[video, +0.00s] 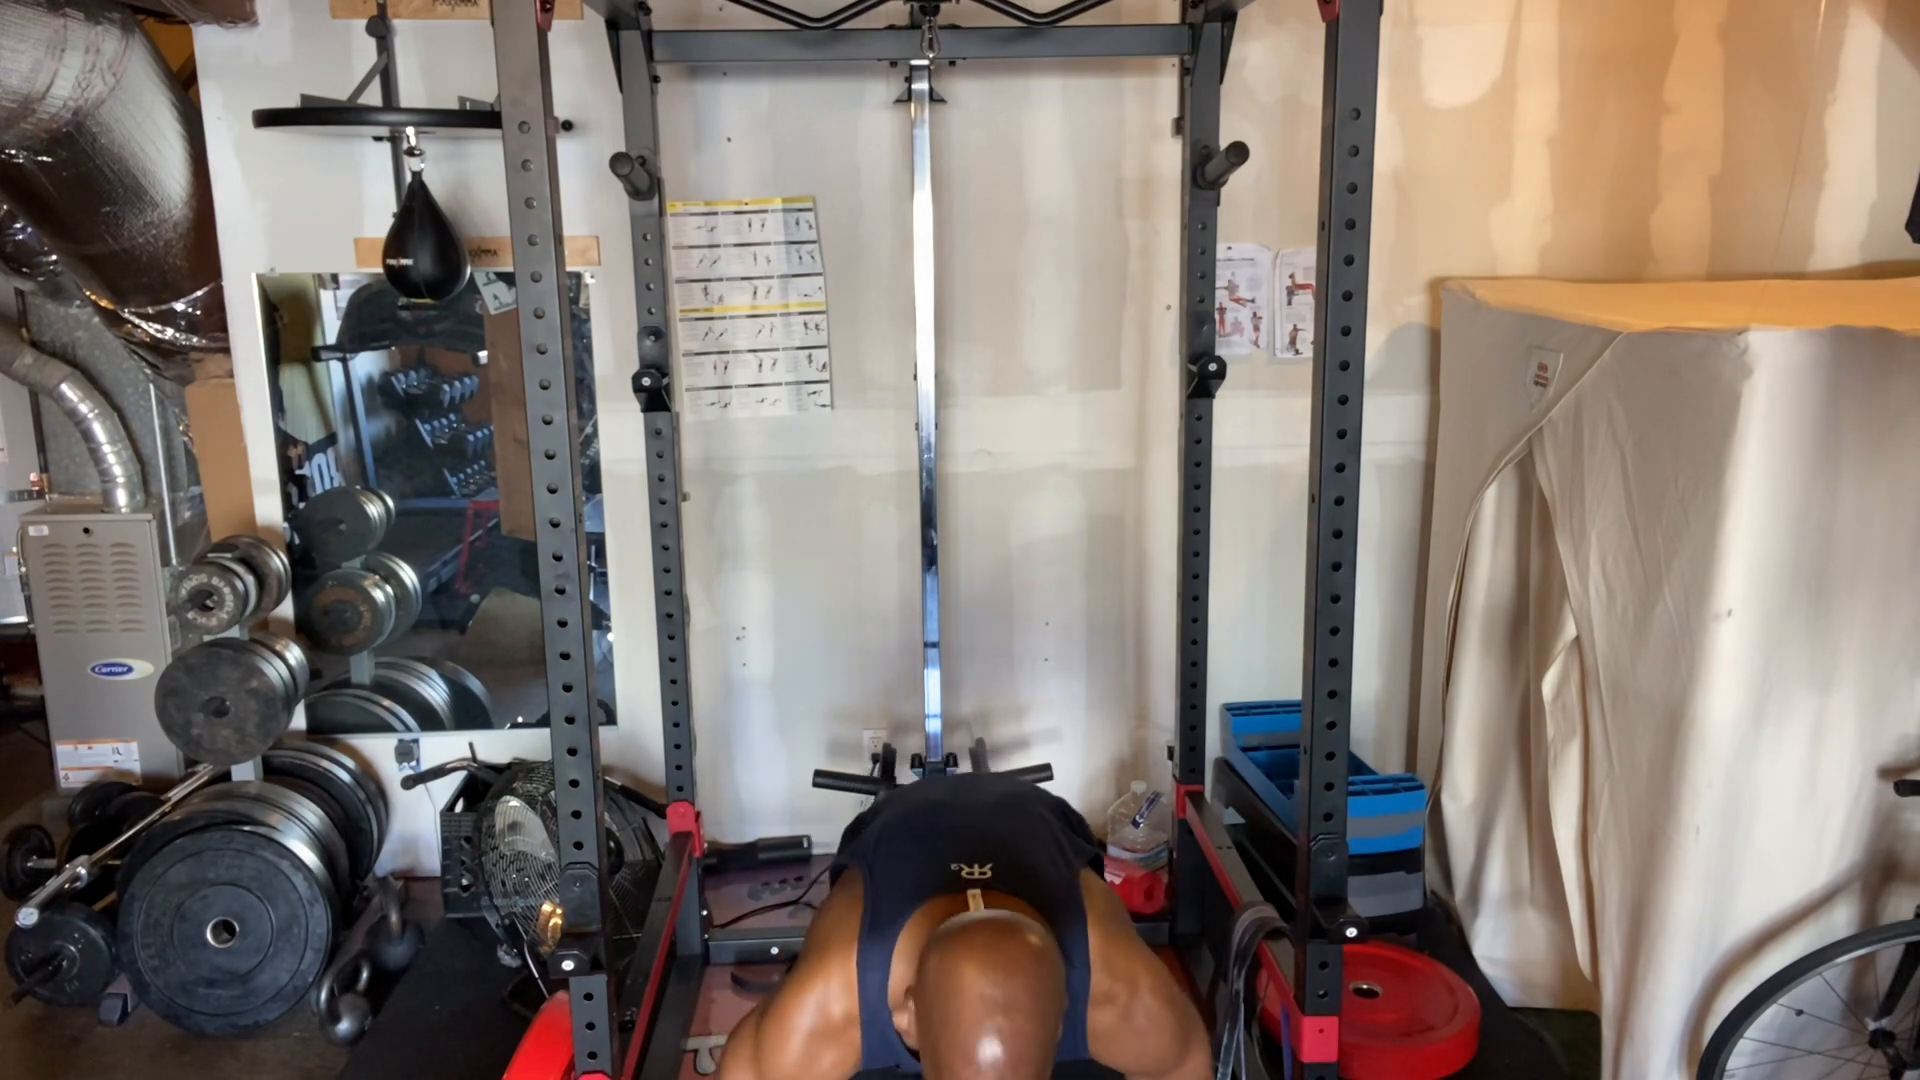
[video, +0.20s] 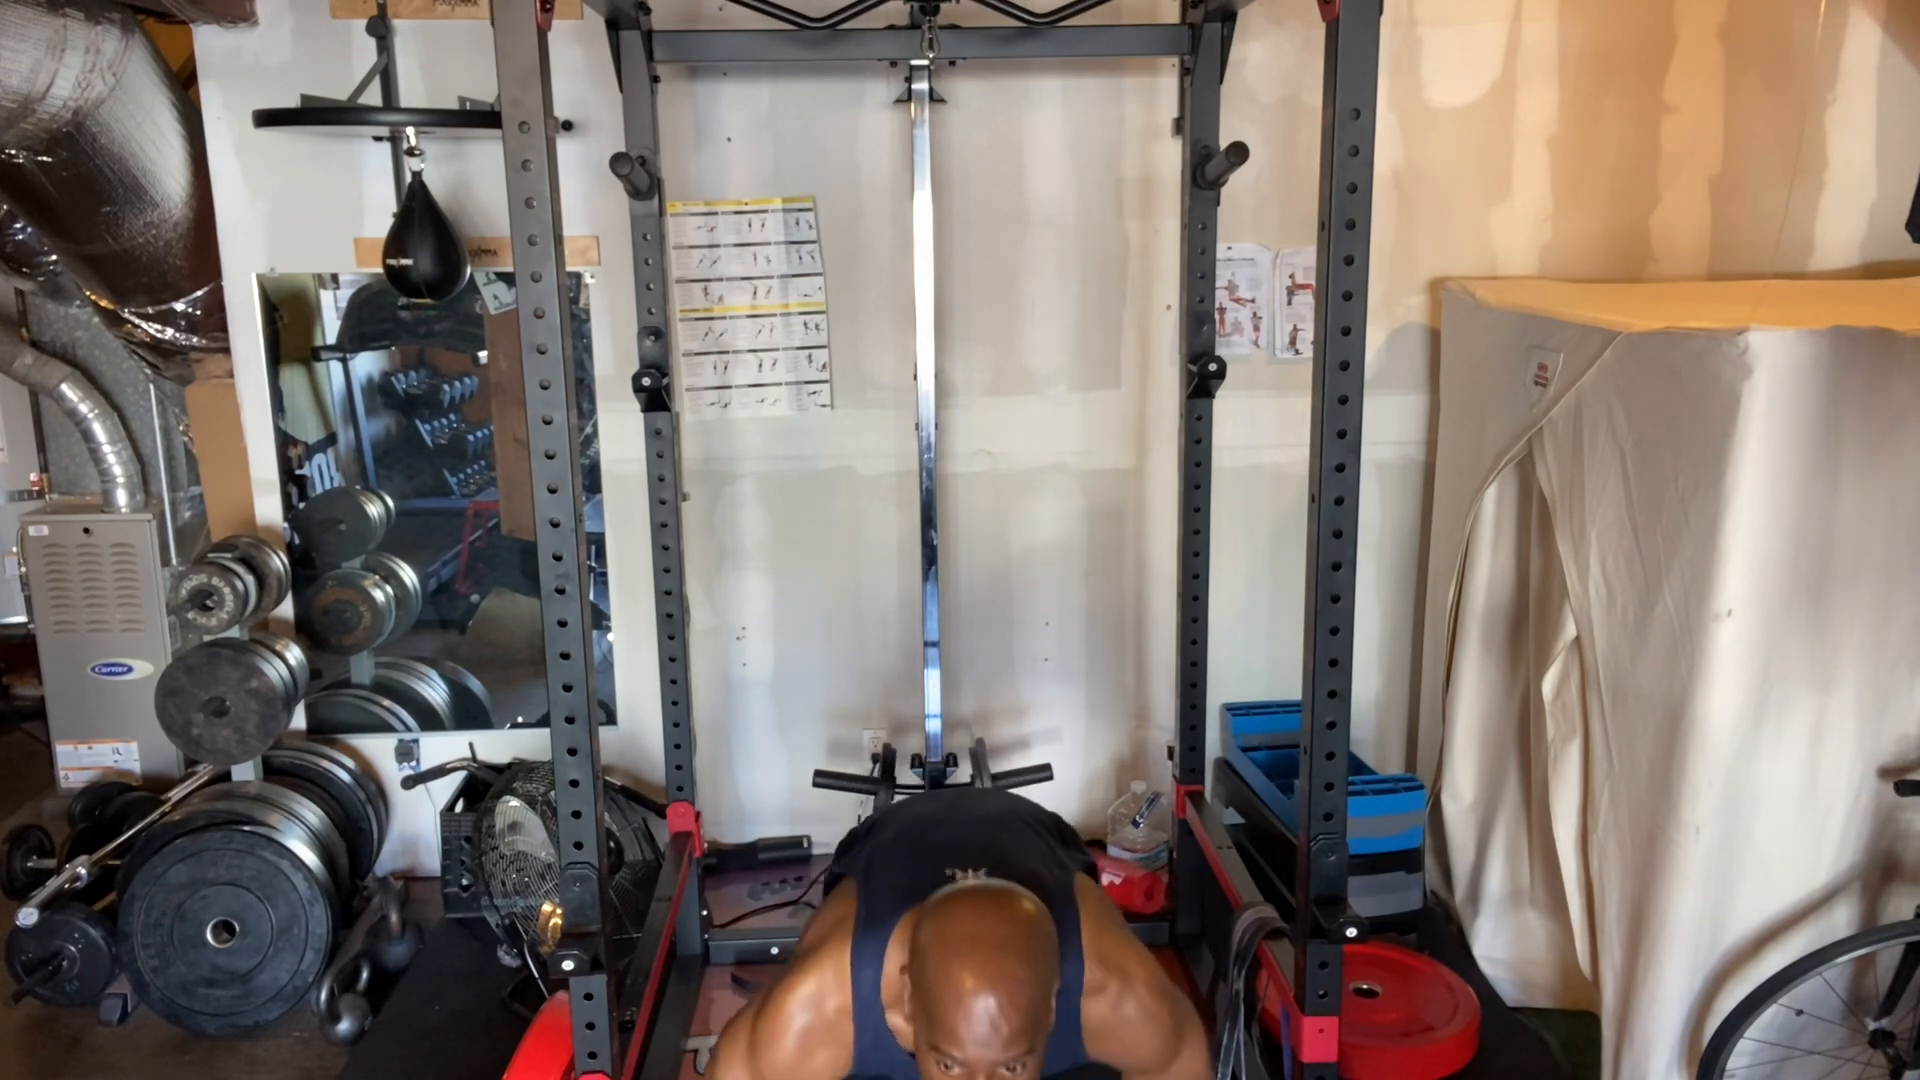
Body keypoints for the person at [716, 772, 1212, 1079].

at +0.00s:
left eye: (1018, 1072)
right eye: (956, 1073)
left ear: (1061, 1023)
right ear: (910, 1018)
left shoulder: (1151, 1028)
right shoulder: (805, 1032)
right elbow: (734, 1064)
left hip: (1043, 813)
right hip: (889, 822)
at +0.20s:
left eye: (1012, 1069)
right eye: (949, 1067)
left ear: (1054, 1014)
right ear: (906, 1011)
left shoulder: (1138, 1016)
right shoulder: (801, 1029)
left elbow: (1194, 1074)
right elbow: (722, 1073)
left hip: (1033, 826)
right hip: (886, 833)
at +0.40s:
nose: (962, 1036)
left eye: (995, 1000)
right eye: (931, 996)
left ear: (1040, 949)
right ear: (887, 945)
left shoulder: (1124, 970)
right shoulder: (795, 977)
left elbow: (1171, 1070)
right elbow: (736, 1070)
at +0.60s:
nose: (961, 935)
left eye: (994, 896)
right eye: (929, 893)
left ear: (1042, 857)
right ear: (891, 860)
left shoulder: (1112, 877)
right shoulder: (800, 879)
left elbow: (1192, 1014)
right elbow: (718, 1039)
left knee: (1059, 1068)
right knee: (848, 1068)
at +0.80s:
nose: (967, 736)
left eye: (998, 698)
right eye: (936, 696)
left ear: (1040, 680)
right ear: (898, 676)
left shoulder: (1109, 757)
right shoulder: (806, 760)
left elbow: (1194, 905)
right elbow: (720, 930)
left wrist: (1214, 1059)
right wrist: (702, 1070)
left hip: (1042, 907)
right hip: (871, 909)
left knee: (1072, 1066)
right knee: (849, 1068)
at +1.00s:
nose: (949, 545)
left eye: (980, 514)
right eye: (920, 513)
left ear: (1025, 528)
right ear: (883, 524)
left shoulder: (1099, 657)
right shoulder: (804, 658)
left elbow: (1184, 816)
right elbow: (716, 842)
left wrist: (1212, 986)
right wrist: (701, 1018)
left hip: (1044, 914)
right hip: (871, 918)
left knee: (1075, 1067)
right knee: (848, 1073)